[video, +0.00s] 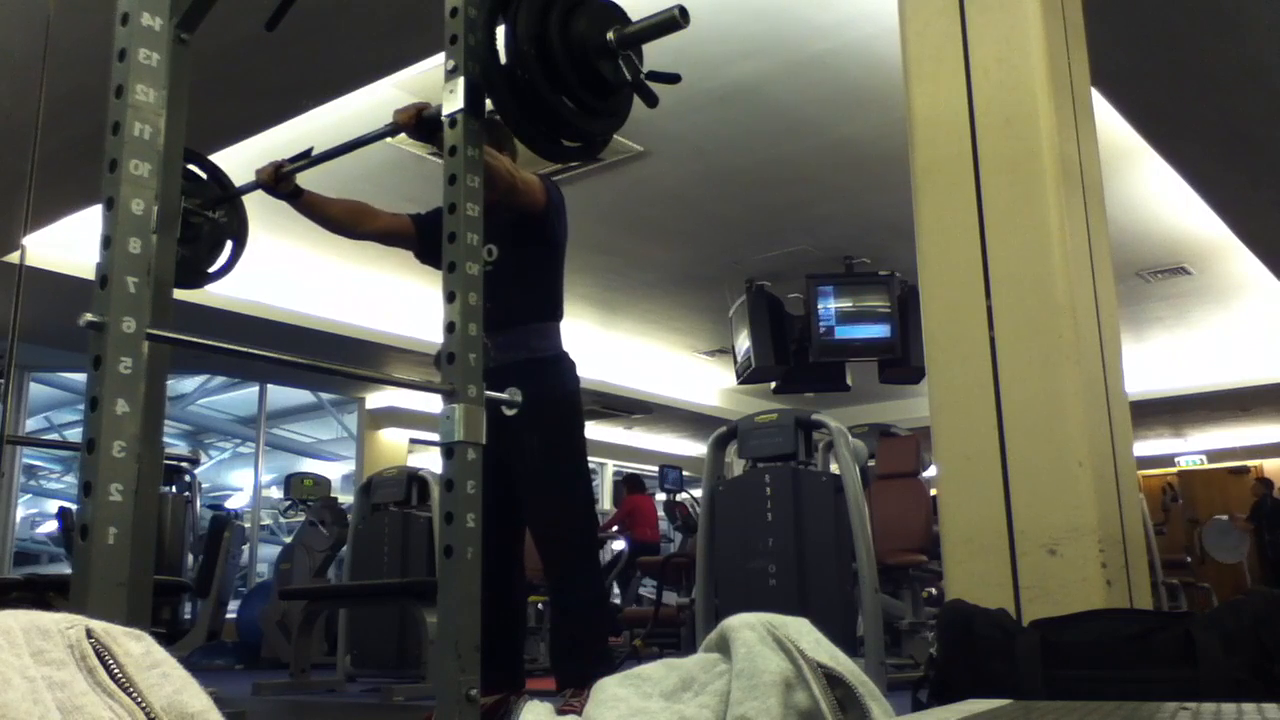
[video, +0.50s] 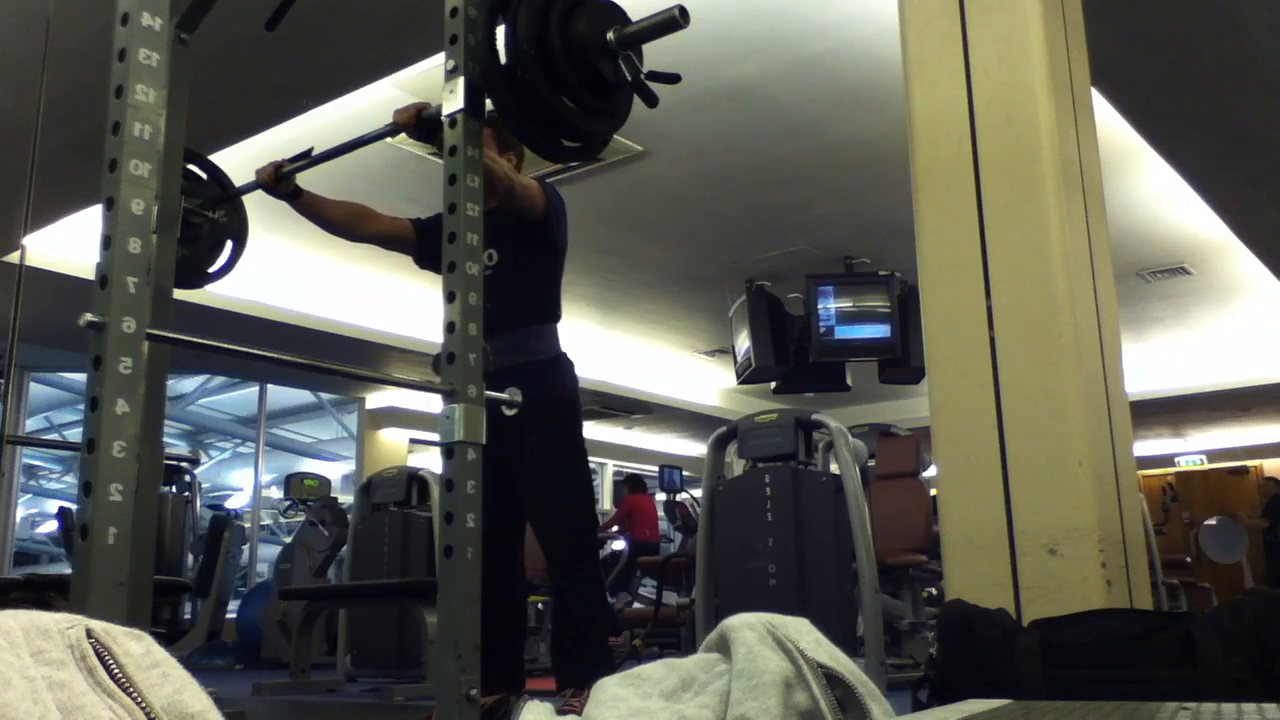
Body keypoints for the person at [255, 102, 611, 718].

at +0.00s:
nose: (463, 169)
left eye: (472, 156)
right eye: (457, 161)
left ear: (496, 151)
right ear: (451, 166)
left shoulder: (541, 202)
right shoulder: (455, 223)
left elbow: (504, 179)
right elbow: (369, 221)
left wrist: (440, 133)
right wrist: (294, 192)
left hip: (540, 384)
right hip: (477, 392)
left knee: (562, 536)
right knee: (488, 545)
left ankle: (579, 684)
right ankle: (498, 687)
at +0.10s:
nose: (466, 170)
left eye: (476, 157)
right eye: (459, 162)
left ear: (503, 153)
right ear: (453, 167)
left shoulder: (542, 205)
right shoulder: (456, 226)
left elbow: (503, 180)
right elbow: (367, 222)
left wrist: (441, 133)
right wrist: (295, 193)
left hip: (539, 384)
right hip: (476, 392)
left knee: (563, 537)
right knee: (488, 546)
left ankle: (579, 685)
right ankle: (498, 687)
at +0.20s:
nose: (468, 167)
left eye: (477, 154)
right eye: (461, 159)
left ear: (504, 150)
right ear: (455, 165)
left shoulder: (543, 206)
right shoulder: (456, 226)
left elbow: (505, 180)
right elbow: (366, 222)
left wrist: (440, 133)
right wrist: (294, 193)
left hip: (539, 384)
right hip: (476, 392)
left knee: (563, 538)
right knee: (487, 547)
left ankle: (581, 685)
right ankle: (496, 688)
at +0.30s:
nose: (467, 165)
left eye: (477, 152)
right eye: (461, 158)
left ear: (505, 150)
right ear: (456, 164)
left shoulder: (543, 206)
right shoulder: (457, 226)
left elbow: (504, 179)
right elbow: (366, 222)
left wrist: (440, 133)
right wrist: (294, 193)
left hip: (538, 384)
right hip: (475, 392)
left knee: (563, 538)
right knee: (487, 546)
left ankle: (579, 685)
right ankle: (497, 687)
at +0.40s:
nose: (467, 166)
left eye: (477, 154)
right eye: (461, 159)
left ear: (508, 153)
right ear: (457, 165)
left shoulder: (543, 207)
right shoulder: (456, 227)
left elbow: (504, 180)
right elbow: (368, 223)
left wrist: (440, 133)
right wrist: (295, 193)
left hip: (539, 385)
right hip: (475, 393)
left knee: (564, 538)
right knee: (487, 547)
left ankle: (579, 685)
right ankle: (498, 687)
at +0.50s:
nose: (466, 166)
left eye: (475, 154)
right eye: (460, 159)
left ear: (507, 153)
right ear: (456, 165)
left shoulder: (543, 207)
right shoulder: (456, 227)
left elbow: (501, 178)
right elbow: (368, 224)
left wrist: (439, 133)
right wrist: (294, 192)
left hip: (539, 385)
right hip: (476, 393)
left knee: (565, 539)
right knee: (488, 548)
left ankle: (579, 684)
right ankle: (498, 687)